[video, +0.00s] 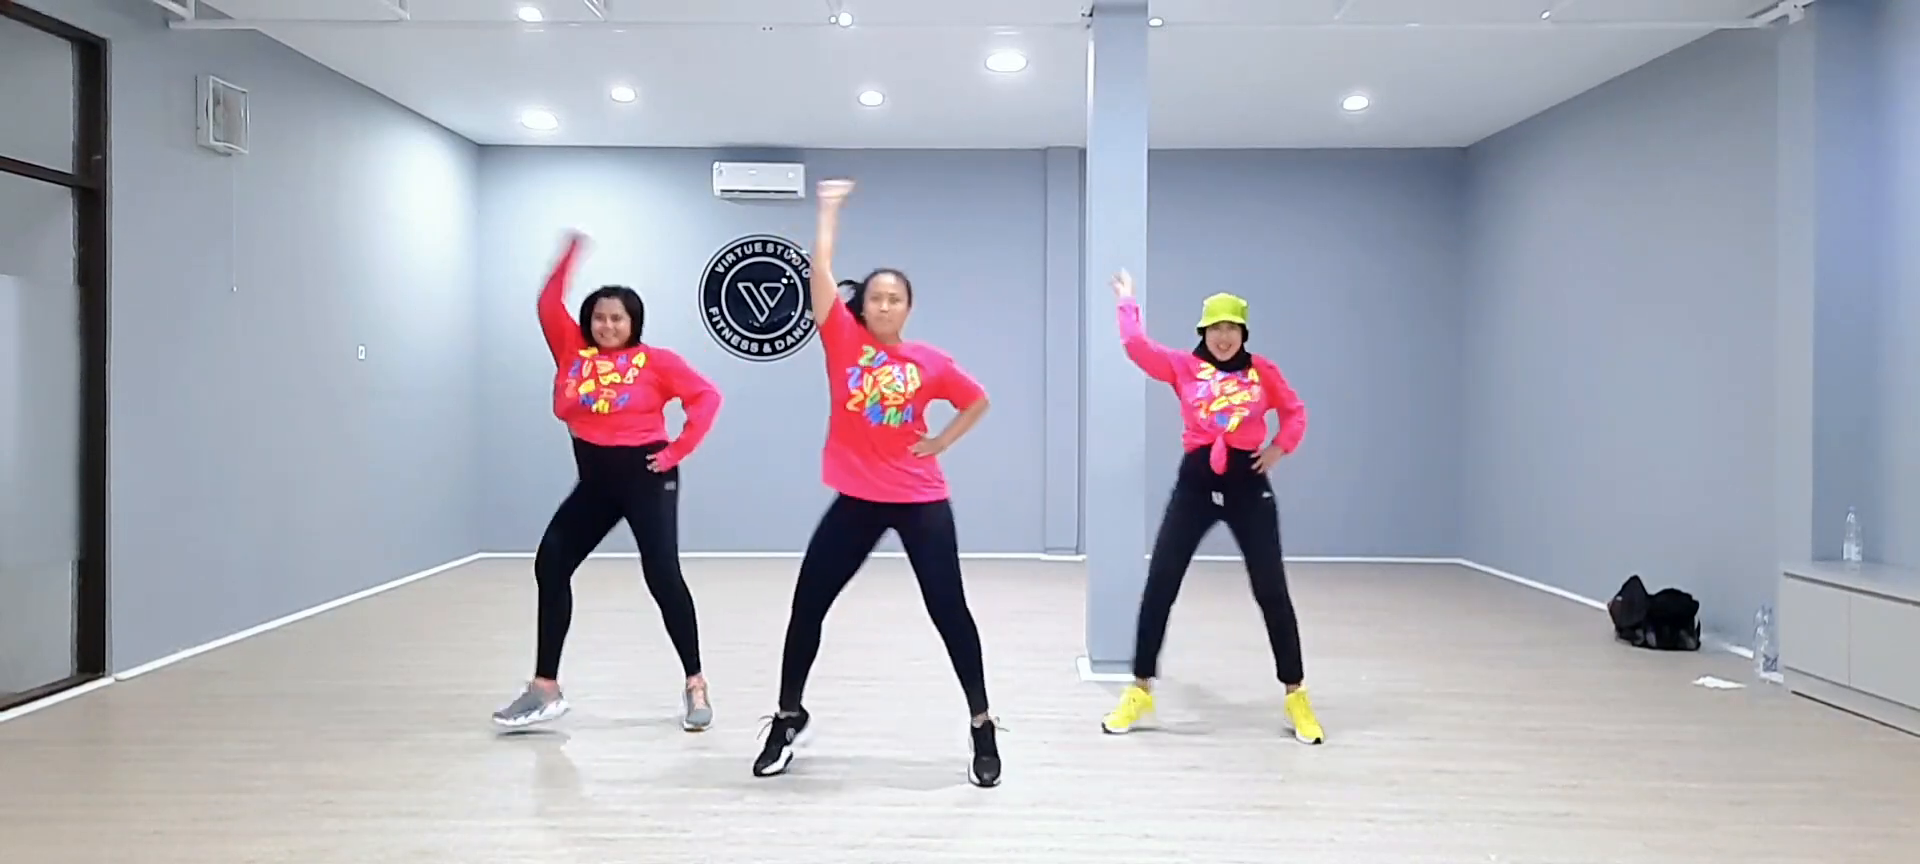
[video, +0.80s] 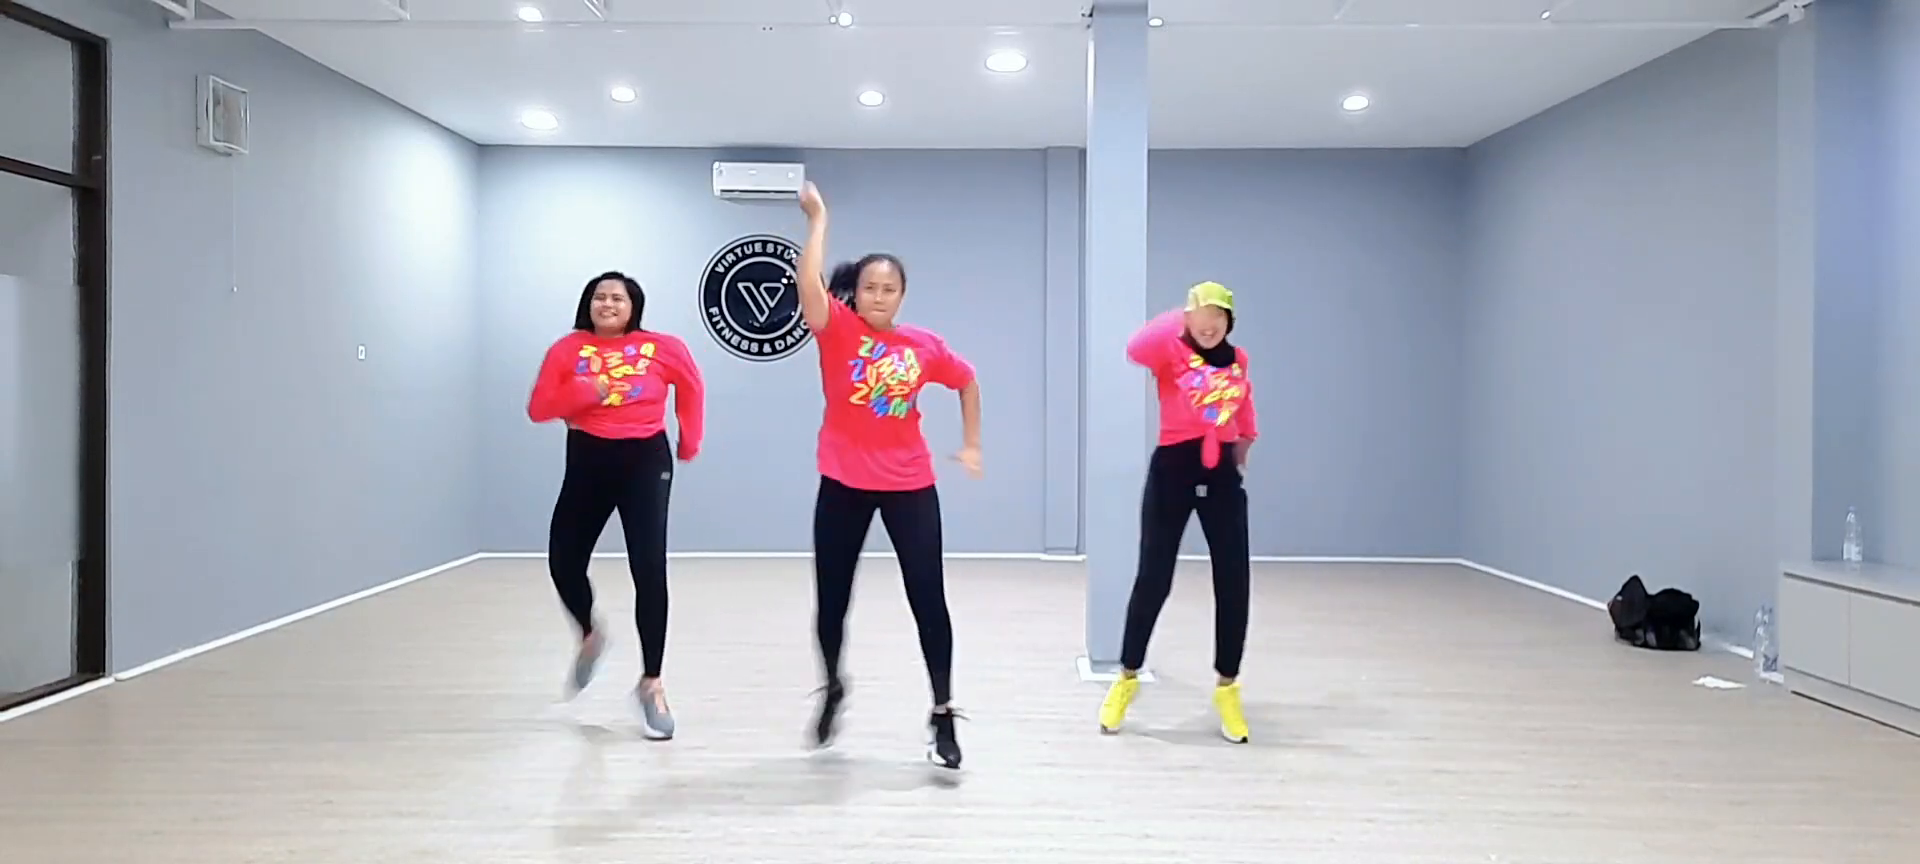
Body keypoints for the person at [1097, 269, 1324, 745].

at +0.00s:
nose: (1224, 337)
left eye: (1232, 329)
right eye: (1216, 329)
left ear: (1243, 334)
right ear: (1204, 333)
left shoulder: (1262, 371)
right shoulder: (1183, 367)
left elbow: (1295, 414)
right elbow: (1135, 343)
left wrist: (1278, 449)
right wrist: (1126, 298)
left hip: (1249, 487)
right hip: (1196, 486)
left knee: (1271, 591)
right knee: (1160, 583)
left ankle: (1296, 696)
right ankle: (1139, 691)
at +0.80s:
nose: (1208, 327)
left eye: (1216, 319)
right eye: (1201, 319)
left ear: (1228, 320)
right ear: (1187, 318)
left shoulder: (1236, 359)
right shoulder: (1171, 352)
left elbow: (1245, 421)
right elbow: (1137, 349)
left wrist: (1238, 465)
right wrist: (1178, 318)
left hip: (1222, 472)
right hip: (1172, 470)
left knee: (1234, 584)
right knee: (1154, 581)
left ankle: (1227, 689)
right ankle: (1126, 680)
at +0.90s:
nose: (1223, 330)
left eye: (1231, 323)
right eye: (1215, 322)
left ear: (1243, 330)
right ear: (1201, 327)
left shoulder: (1250, 376)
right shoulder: (1181, 367)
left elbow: (1248, 433)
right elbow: (1150, 419)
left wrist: (1267, 468)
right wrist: (1191, 406)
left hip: (1236, 490)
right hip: (1186, 486)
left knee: (1231, 597)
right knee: (1169, 591)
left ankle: (1221, 698)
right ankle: (1145, 698)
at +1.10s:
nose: (1237, 339)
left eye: (1246, 331)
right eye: (1230, 330)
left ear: (1256, 338)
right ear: (1215, 335)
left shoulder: (1268, 391)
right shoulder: (1191, 383)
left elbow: (1310, 437)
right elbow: (1158, 434)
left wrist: (1285, 398)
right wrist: (1170, 474)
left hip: (1255, 502)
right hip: (1204, 500)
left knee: (1244, 603)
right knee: (1213, 598)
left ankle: (1226, 696)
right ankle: (1207, 709)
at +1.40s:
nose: (1250, 350)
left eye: (1258, 341)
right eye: (1241, 341)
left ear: (1267, 348)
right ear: (1222, 347)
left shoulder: (1283, 402)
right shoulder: (1204, 402)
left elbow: (1328, 441)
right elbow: (1178, 467)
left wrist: (1336, 452)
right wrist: (1220, 472)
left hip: (1272, 520)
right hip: (1228, 519)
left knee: (1268, 621)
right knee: (1279, 627)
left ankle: (1218, 694)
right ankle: (1250, 762)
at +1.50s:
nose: (1269, 340)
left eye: (1273, 332)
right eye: (1260, 332)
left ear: (1272, 340)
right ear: (1236, 338)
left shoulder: (1263, 391)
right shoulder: (1219, 387)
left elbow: (1269, 457)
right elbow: (1221, 452)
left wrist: (1302, 482)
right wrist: (1280, 440)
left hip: (1262, 512)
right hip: (1240, 512)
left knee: (1260, 621)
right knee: (1289, 630)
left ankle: (1214, 714)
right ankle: (1251, 762)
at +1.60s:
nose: (1279, 332)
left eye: (1278, 323)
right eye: (1276, 324)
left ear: (1236, 326)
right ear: (1259, 325)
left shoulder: (1220, 367)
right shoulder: (1248, 362)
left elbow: (1193, 440)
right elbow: (1256, 417)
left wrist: (1230, 471)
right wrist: (1309, 421)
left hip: (1224, 489)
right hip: (1258, 488)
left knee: (1245, 605)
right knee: (1281, 614)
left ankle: (1222, 723)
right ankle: (1253, 756)